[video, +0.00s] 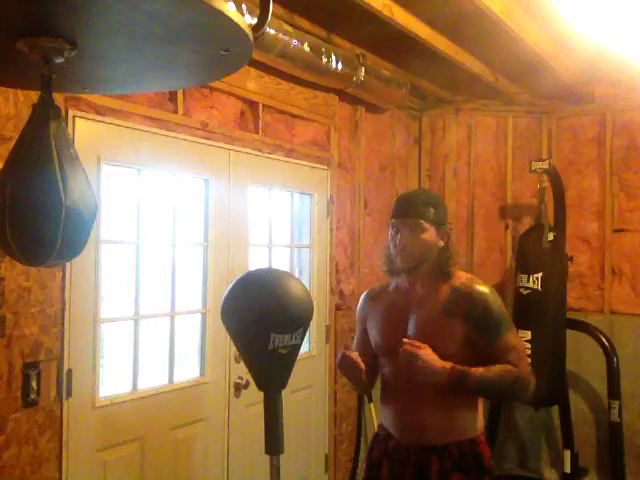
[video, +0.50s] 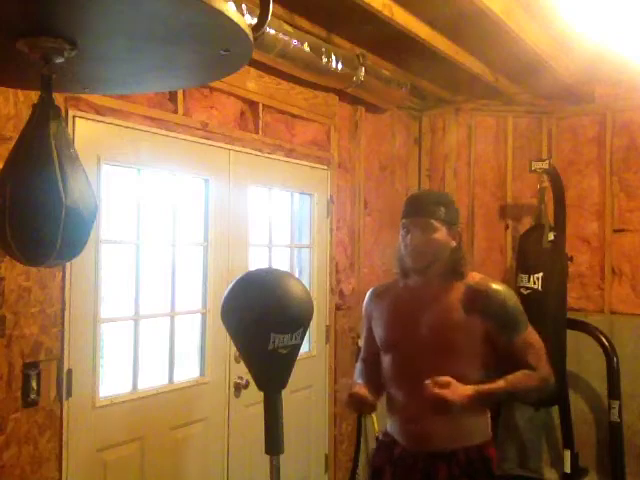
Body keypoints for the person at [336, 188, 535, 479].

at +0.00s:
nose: (401, 240)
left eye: (416, 230)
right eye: (396, 230)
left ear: (442, 238)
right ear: (388, 237)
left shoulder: (473, 297)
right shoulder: (372, 302)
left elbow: (521, 379)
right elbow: (365, 383)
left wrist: (445, 371)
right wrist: (352, 371)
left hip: (456, 456)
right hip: (391, 454)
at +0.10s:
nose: (402, 241)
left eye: (416, 230)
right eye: (397, 231)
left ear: (443, 238)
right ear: (389, 238)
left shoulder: (476, 297)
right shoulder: (373, 302)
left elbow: (524, 376)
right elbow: (360, 381)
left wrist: (446, 372)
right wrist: (349, 371)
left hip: (457, 457)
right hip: (391, 455)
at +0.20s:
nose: (405, 241)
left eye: (420, 230)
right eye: (400, 231)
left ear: (446, 238)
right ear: (393, 238)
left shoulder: (481, 298)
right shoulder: (376, 304)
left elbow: (534, 372)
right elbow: (361, 381)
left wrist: (455, 376)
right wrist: (344, 378)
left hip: (461, 460)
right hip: (395, 457)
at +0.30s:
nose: (408, 240)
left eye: (423, 230)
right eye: (404, 231)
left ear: (450, 238)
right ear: (396, 238)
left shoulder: (486, 298)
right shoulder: (378, 302)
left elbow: (542, 372)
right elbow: (370, 369)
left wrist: (466, 385)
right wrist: (356, 389)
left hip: (464, 461)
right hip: (397, 459)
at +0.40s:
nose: (411, 242)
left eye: (427, 231)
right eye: (406, 231)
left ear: (453, 238)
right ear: (399, 238)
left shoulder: (489, 298)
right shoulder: (379, 302)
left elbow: (542, 375)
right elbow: (370, 366)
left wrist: (475, 392)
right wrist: (364, 396)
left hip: (466, 462)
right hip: (399, 461)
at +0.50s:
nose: (413, 241)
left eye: (428, 230)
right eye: (407, 231)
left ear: (453, 238)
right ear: (400, 237)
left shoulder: (489, 298)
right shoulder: (379, 300)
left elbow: (541, 376)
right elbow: (368, 365)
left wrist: (470, 393)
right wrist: (363, 393)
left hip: (465, 461)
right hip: (398, 459)